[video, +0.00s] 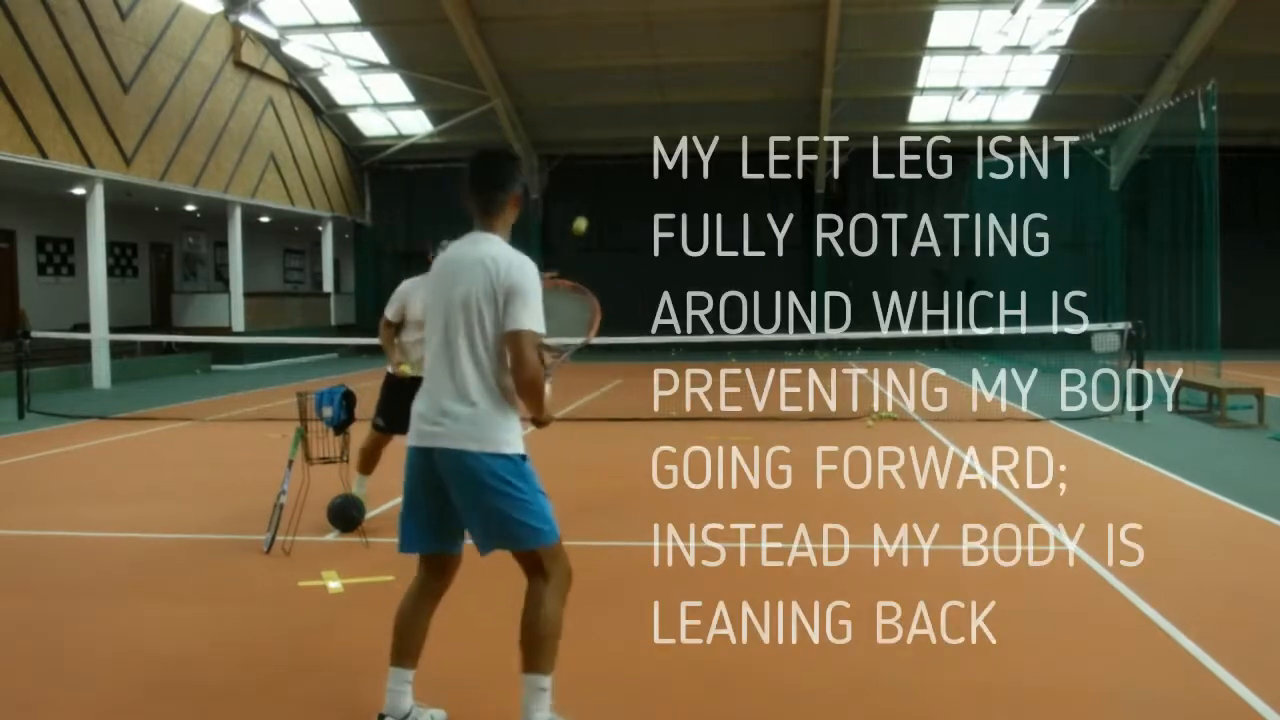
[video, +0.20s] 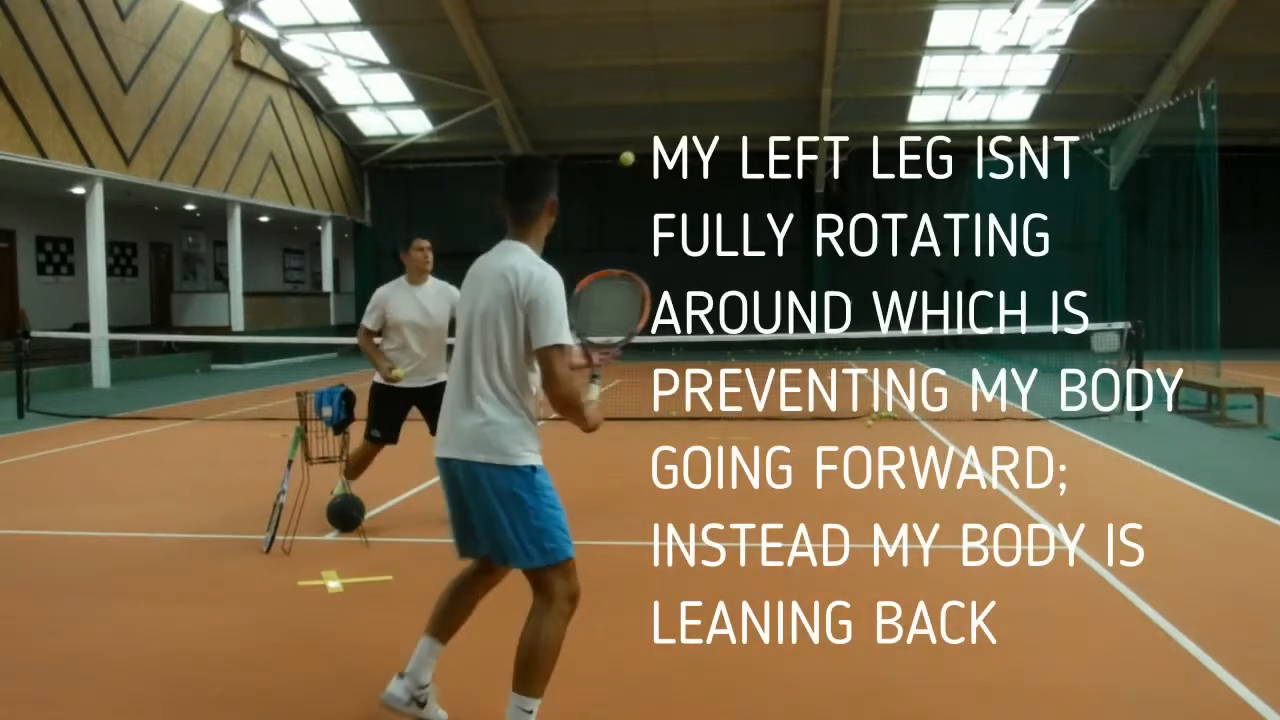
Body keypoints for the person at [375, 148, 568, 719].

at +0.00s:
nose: (521, 205)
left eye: (518, 197)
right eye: (521, 197)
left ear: (470, 200)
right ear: (515, 201)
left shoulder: (443, 261)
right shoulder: (514, 266)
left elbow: (438, 346)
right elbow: (525, 366)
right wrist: (539, 411)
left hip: (428, 441)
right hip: (485, 446)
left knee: (435, 569)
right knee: (551, 571)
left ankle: (396, 703)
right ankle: (537, 709)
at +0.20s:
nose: (556, 212)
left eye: (545, 203)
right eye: (556, 205)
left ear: (506, 205)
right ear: (551, 208)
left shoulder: (481, 269)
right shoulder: (539, 277)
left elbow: (496, 361)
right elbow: (558, 382)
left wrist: (571, 361)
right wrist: (585, 415)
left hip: (458, 449)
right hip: (505, 455)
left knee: (490, 561)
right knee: (559, 590)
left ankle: (412, 681)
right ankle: (521, 713)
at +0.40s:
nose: (581, 203)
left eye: (577, 195)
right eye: (582, 195)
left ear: (530, 195)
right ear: (576, 198)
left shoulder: (515, 256)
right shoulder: (554, 266)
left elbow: (546, 340)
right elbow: (591, 365)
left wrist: (617, 333)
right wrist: (651, 386)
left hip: (486, 434)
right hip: (517, 442)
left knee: (525, 560)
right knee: (543, 585)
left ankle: (488, 663)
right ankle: (517, 710)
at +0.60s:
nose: (604, 224)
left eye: (601, 214)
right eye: (602, 214)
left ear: (554, 216)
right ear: (594, 218)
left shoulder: (581, 279)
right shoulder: (551, 273)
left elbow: (639, 326)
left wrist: (701, 291)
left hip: (550, 449)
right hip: (529, 450)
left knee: (583, 551)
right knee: (553, 582)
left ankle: (519, 671)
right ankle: (518, 708)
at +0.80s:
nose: (644, 231)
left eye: (643, 223)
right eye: (639, 222)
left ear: (626, 226)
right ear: (621, 222)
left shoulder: (635, 274)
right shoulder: (573, 261)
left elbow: (689, 300)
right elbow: (557, 288)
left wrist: (733, 269)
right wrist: (619, 258)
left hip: (583, 433)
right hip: (560, 433)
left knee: (584, 554)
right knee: (622, 546)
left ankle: (519, 662)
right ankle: (579, 679)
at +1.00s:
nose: (680, 245)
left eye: (682, 236)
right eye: (674, 234)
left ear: (678, 242)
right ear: (654, 234)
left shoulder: (671, 284)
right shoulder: (605, 273)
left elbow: (729, 315)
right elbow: (555, 307)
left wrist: (788, 306)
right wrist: (588, 287)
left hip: (620, 427)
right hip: (591, 428)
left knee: (649, 527)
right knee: (663, 531)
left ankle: (567, 602)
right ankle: (634, 659)